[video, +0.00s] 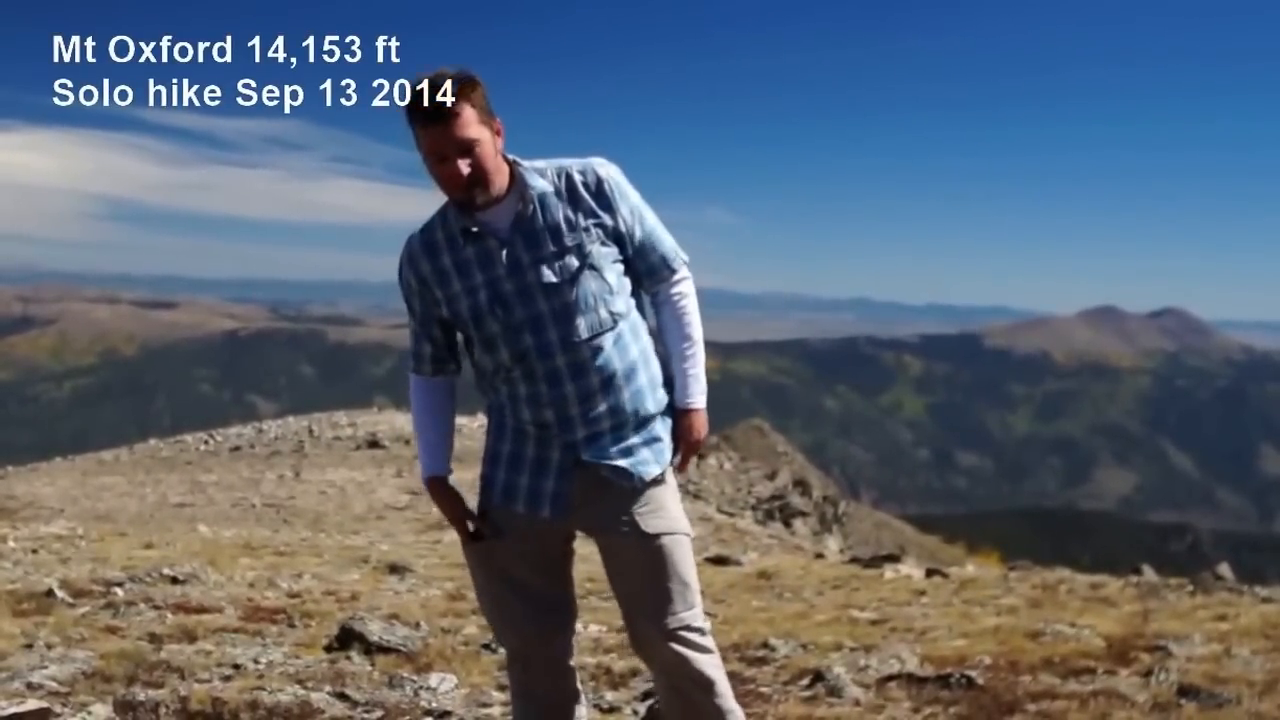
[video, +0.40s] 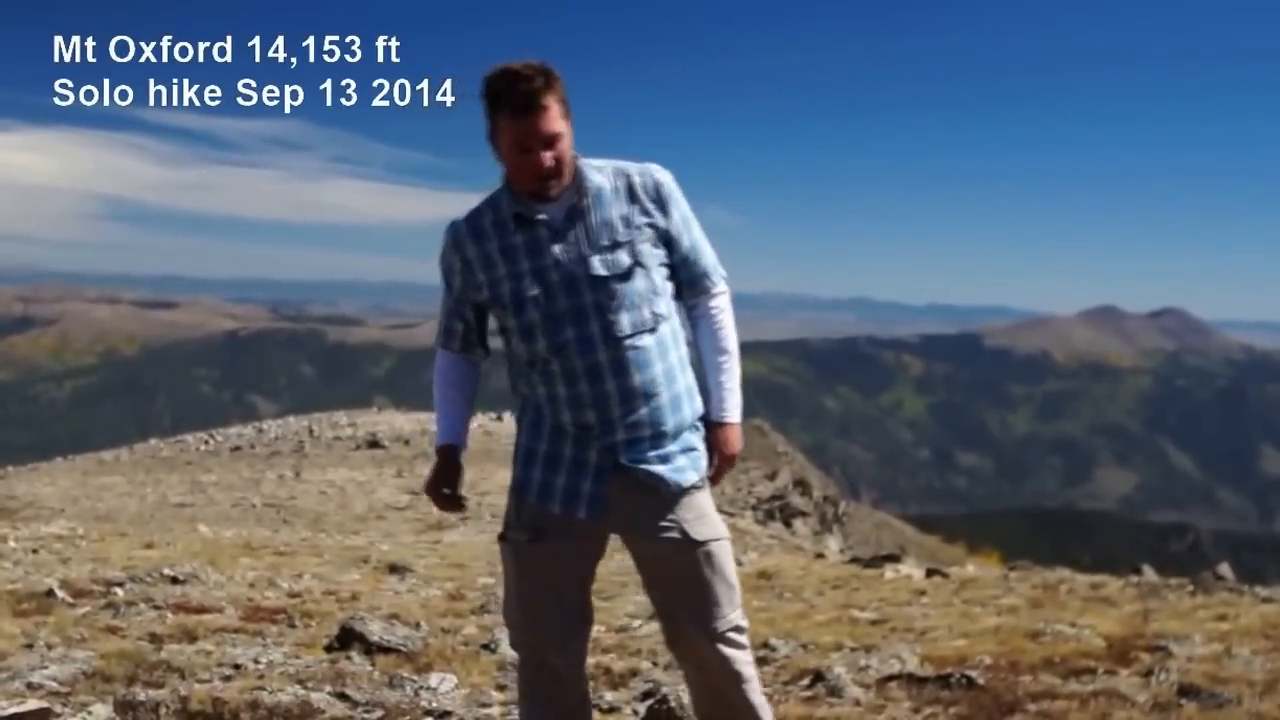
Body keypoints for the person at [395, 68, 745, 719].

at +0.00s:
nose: (457, 168)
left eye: (465, 148)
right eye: (439, 159)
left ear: (496, 132)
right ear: (422, 162)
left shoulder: (591, 186)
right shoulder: (428, 257)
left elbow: (670, 279)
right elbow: (431, 371)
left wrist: (691, 401)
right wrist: (435, 475)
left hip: (627, 442)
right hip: (520, 460)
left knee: (675, 637)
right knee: (533, 657)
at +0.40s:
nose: (541, 160)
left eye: (551, 142)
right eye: (524, 148)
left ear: (571, 128)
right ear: (495, 145)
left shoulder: (647, 192)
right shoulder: (473, 242)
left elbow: (708, 294)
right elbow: (457, 350)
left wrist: (724, 413)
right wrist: (449, 447)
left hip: (664, 454)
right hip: (553, 466)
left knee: (717, 645)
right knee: (546, 659)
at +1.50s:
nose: (722, 164)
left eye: (733, 149)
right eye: (707, 148)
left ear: (746, 142)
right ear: (671, 138)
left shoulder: (779, 225)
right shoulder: (603, 223)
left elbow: (807, 343)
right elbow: (556, 324)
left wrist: (832, 446)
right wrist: (529, 387)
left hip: (742, 475)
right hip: (629, 474)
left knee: (764, 661)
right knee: (592, 648)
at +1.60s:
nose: (695, 168)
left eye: (707, 153)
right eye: (681, 150)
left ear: (720, 148)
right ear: (644, 140)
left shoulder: (747, 233)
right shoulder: (571, 230)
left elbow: (769, 355)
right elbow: (519, 332)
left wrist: (790, 455)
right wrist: (493, 405)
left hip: (707, 486)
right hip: (593, 485)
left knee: (745, 670)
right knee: (564, 663)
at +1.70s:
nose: (677, 173)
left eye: (686, 159)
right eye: (665, 157)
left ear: (695, 152)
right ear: (622, 144)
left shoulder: (712, 236)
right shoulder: (538, 235)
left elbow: (729, 357)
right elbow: (479, 336)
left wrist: (745, 461)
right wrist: (463, 415)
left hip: (675, 488)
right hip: (560, 490)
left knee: (720, 670)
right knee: (546, 675)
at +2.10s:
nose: (627, 177)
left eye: (635, 162)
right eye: (616, 162)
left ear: (644, 147)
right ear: (567, 143)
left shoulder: (662, 221)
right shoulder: (485, 231)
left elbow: (692, 342)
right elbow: (440, 342)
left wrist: (719, 445)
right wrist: (424, 443)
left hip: (641, 474)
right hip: (528, 479)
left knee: (683, 656)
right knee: (521, 673)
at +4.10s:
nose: (606, 161)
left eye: (621, 142)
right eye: (591, 146)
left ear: (657, 134)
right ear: (577, 145)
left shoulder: (725, 223)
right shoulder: (577, 226)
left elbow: (779, 338)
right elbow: (554, 333)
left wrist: (792, 423)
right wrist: (504, 421)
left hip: (699, 494)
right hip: (590, 489)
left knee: (742, 686)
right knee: (565, 683)